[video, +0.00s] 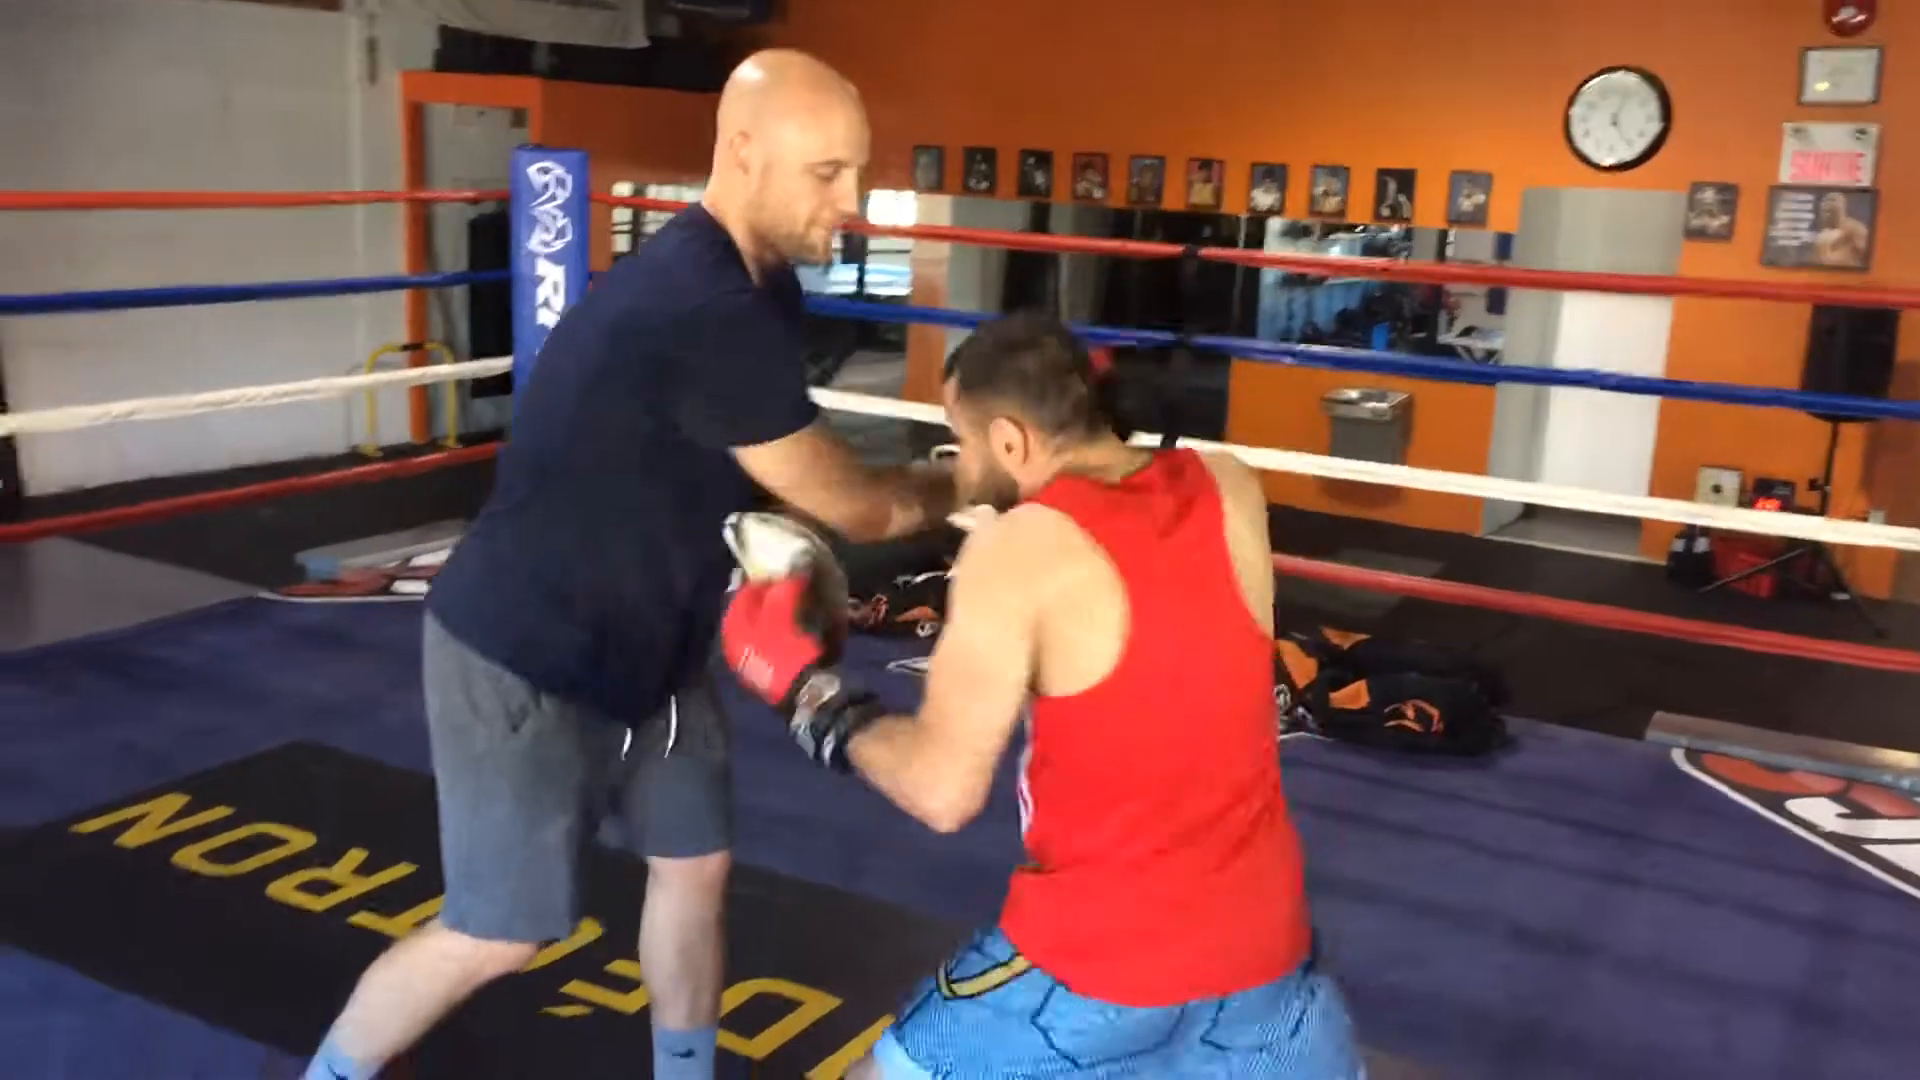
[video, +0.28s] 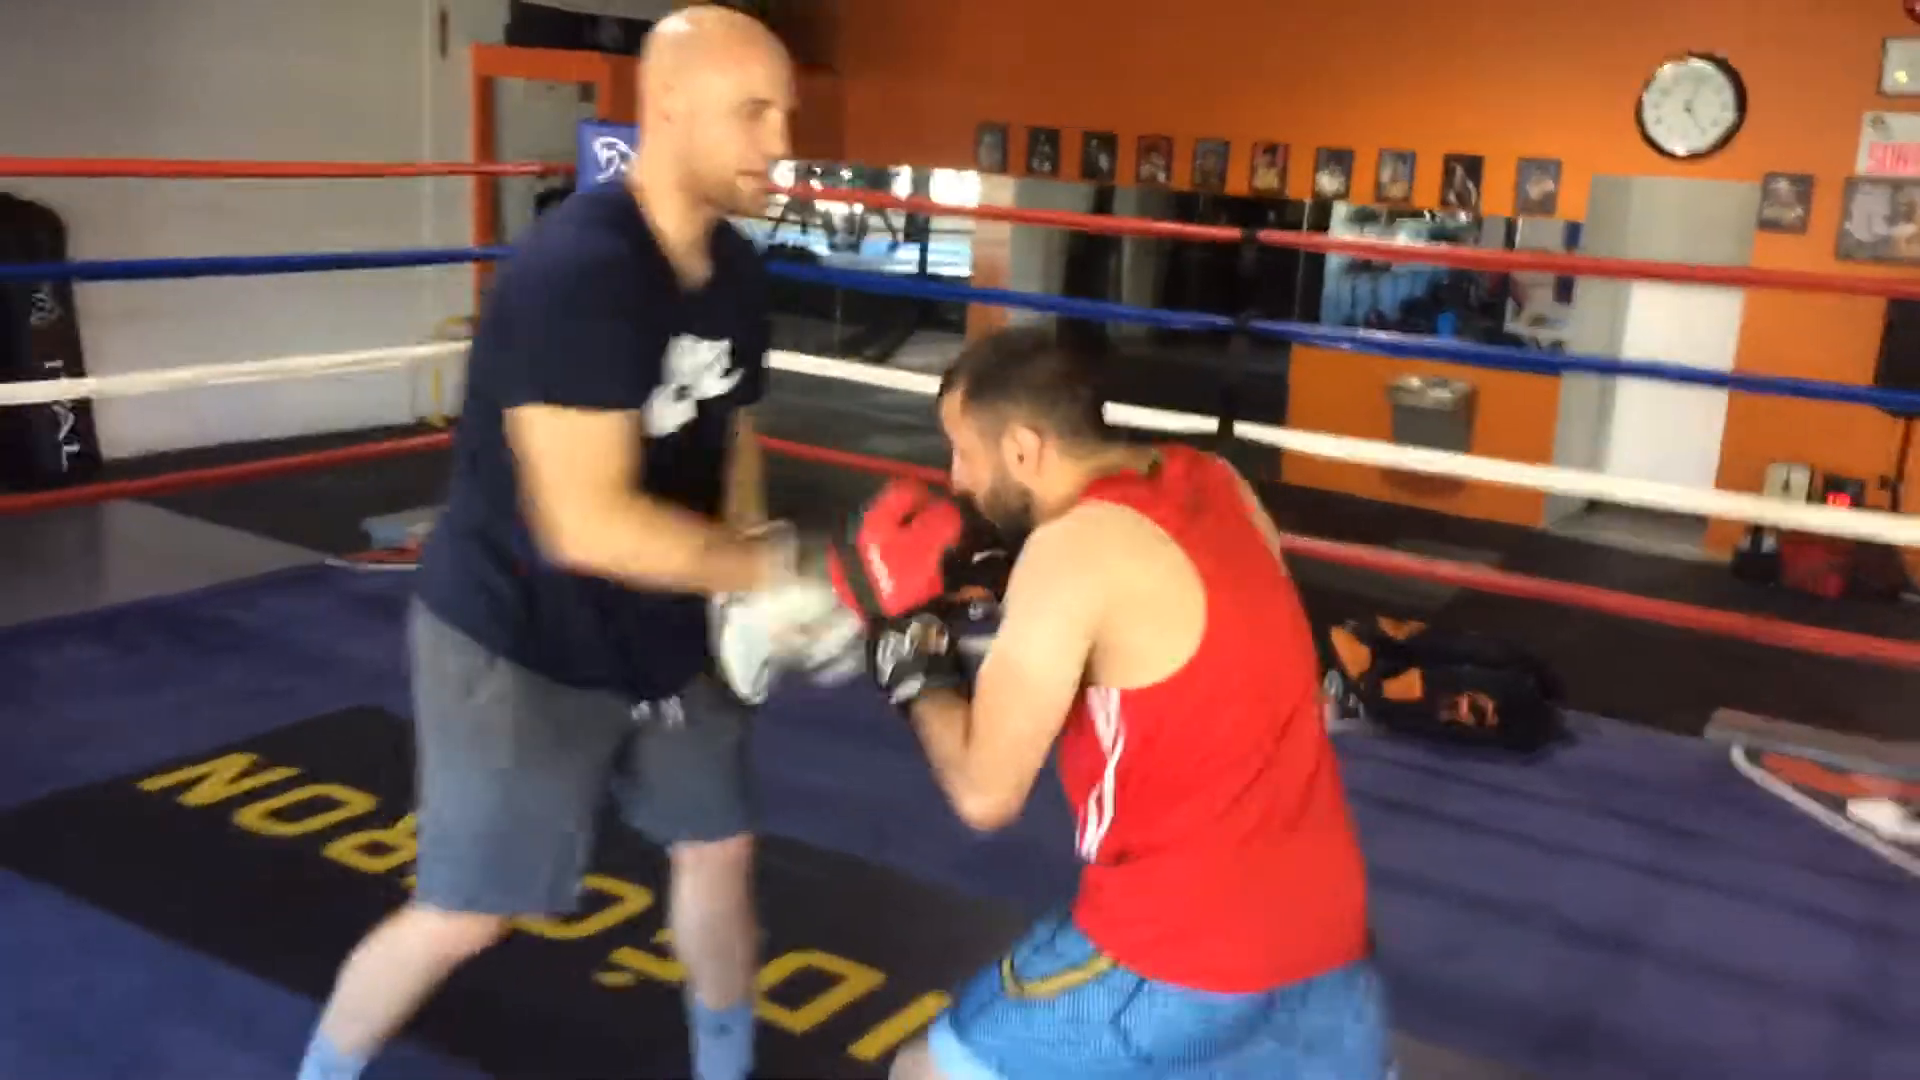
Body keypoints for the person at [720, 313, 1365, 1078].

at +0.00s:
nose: (961, 468)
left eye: (960, 441)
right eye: (956, 442)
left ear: (1014, 441)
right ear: (1090, 411)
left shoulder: (1017, 549)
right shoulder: (1229, 480)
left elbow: (941, 787)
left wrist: (802, 688)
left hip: (1090, 964)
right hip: (1264, 942)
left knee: (893, 1066)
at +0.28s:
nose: (955, 478)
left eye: (960, 451)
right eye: (950, 452)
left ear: (1026, 447)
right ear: (1060, 436)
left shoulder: (1073, 551)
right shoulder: (1216, 480)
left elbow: (984, 792)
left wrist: (914, 650)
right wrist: (1009, 573)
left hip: (1165, 957)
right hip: (1328, 947)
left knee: (924, 1071)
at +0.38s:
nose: (1014, 529)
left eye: (1020, 502)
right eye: (1013, 502)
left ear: (1078, 502)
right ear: (1144, 479)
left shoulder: (1092, 600)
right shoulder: (1288, 552)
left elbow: (1009, 832)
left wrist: (946, 679)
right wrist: (1046, 627)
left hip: (1192, 1015)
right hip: (1369, 1021)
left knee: (937, 1069)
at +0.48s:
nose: (1132, 509)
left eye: (1144, 485)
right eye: (1133, 485)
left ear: (1207, 486)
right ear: (1262, 478)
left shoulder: (1200, 584)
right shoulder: (1400, 566)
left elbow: (1113, 804)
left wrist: (1048, 667)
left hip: (1240, 1001)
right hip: (1415, 1010)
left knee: (998, 1063)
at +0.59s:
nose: (1262, 411)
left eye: (1275, 385)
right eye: (1263, 385)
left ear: (1342, 387)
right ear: (1381, 378)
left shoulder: (1341, 487)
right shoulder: (1528, 472)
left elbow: (1273, 702)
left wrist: (1189, 583)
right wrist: (1282, 522)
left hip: (1369, 889)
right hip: (1525, 893)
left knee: (1168, 1059)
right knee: (1518, 1069)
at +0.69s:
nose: (1366, 323)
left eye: (1381, 293)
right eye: (1368, 294)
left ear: (1454, 295)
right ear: (1483, 288)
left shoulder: (1452, 397)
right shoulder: (1621, 384)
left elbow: (1366, 605)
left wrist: (1284, 476)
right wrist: (1376, 437)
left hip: (1483, 805)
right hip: (1625, 808)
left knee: (1298, 1028)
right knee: (1578, 1038)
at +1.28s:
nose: (1496, 319)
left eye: (1520, 298)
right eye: (1502, 295)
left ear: (1596, 313)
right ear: (1600, 315)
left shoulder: (1593, 399)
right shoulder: (1683, 391)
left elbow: (1601, 582)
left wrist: (1470, 513)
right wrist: (1507, 447)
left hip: (1568, 753)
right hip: (1681, 764)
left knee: (1383, 905)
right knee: (1683, 985)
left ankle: (1379, 1072)